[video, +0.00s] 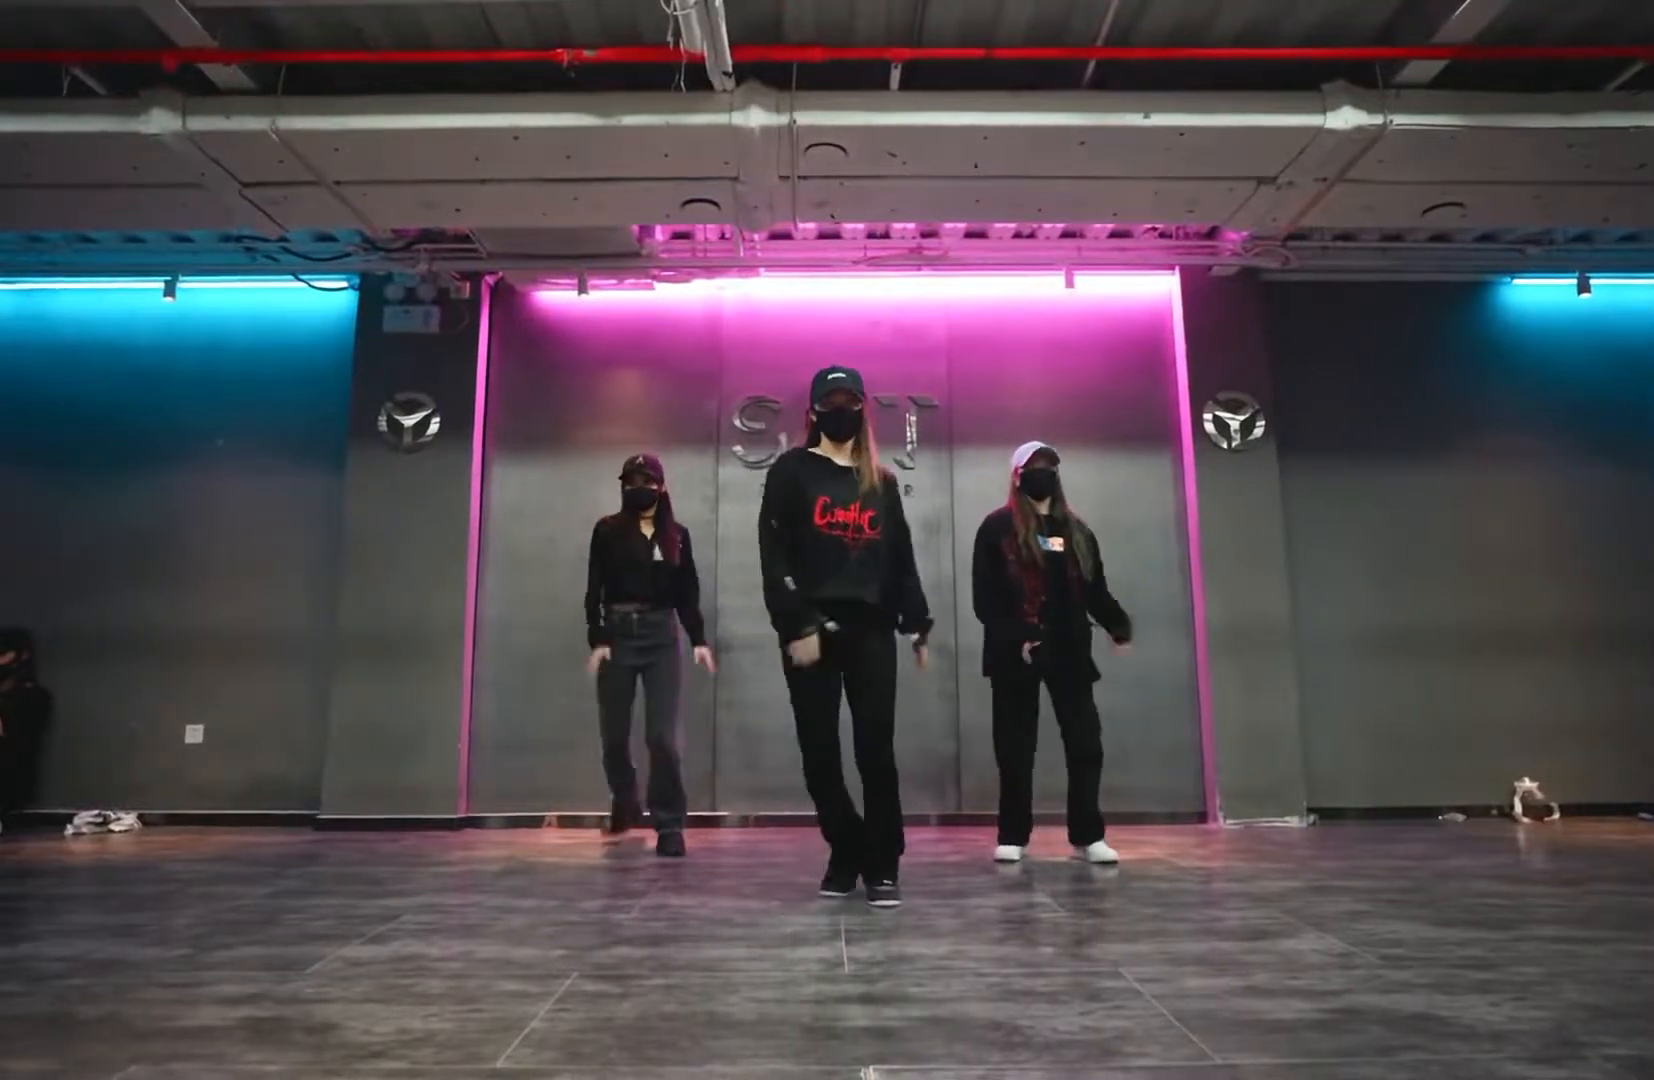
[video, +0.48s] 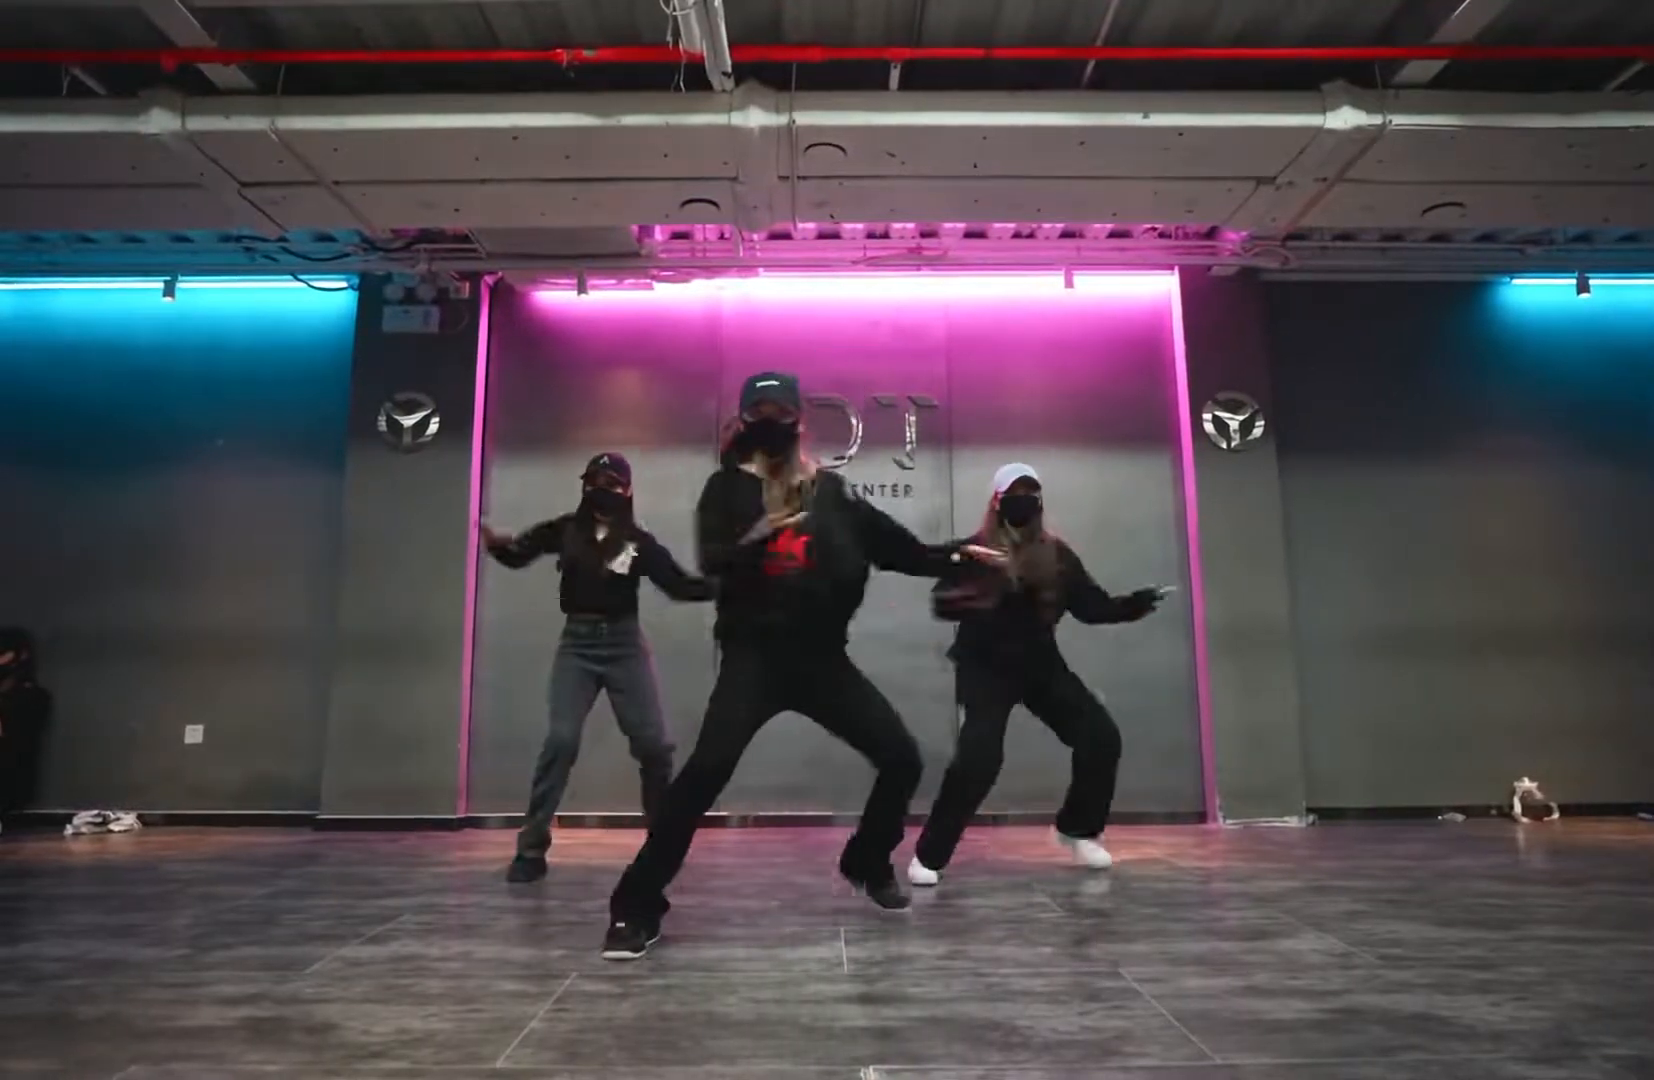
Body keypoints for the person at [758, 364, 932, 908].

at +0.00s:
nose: (843, 407)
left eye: (851, 398)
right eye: (832, 398)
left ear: (864, 406)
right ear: (815, 407)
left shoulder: (879, 477)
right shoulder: (790, 469)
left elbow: (901, 554)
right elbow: (773, 555)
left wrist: (918, 621)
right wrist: (794, 625)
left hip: (871, 628)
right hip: (810, 628)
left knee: (875, 751)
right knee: (820, 756)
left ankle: (882, 867)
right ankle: (845, 856)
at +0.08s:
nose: (839, 411)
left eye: (848, 403)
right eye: (829, 403)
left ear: (861, 412)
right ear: (811, 410)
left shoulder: (877, 483)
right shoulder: (784, 473)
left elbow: (899, 557)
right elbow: (776, 550)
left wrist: (935, 606)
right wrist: (812, 590)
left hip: (865, 633)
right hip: (802, 632)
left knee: (871, 755)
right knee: (787, 763)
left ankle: (881, 868)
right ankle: (830, 832)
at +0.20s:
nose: (824, 413)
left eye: (834, 403)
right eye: (814, 403)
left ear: (847, 410)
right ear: (798, 410)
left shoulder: (865, 479)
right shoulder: (772, 475)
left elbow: (909, 532)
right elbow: (748, 544)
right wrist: (694, 564)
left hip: (853, 643)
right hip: (786, 641)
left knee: (871, 763)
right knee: (734, 741)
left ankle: (880, 874)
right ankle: (721, 871)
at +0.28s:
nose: (813, 422)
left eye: (823, 412)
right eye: (803, 411)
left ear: (839, 421)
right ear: (788, 418)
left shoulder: (845, 485)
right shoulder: (763, 485)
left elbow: (837, 537)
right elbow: (710, 546)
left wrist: (782, 536)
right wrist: (646, 561)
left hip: (845, 650)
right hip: (779, 651)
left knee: (869, 765)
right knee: (719, 759)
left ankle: (882, 873)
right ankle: (653, 892)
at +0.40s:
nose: (768, 422)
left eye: (778, 412)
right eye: (757, 413)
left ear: (797, 420)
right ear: (743, 425)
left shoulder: (829, 487)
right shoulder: (733, 493)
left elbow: (853, 548)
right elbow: (698, 562)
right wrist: (652, 577)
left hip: (827, 655)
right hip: (760, 656)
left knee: (869, 771)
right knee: (702, 768)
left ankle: (881, 864)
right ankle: (635, 908)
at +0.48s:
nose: (772, 423)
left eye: (782, 413)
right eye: (760, 412)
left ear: (800, 421)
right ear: (743, 421)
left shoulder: (826, 493)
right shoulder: (727, 488)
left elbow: (901, 552)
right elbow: (713, 561)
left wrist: (962, 555)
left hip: (821, 665)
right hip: (751, 666)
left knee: (903, 759)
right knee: (704, 776)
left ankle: (868, 858)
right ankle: (635, 909)